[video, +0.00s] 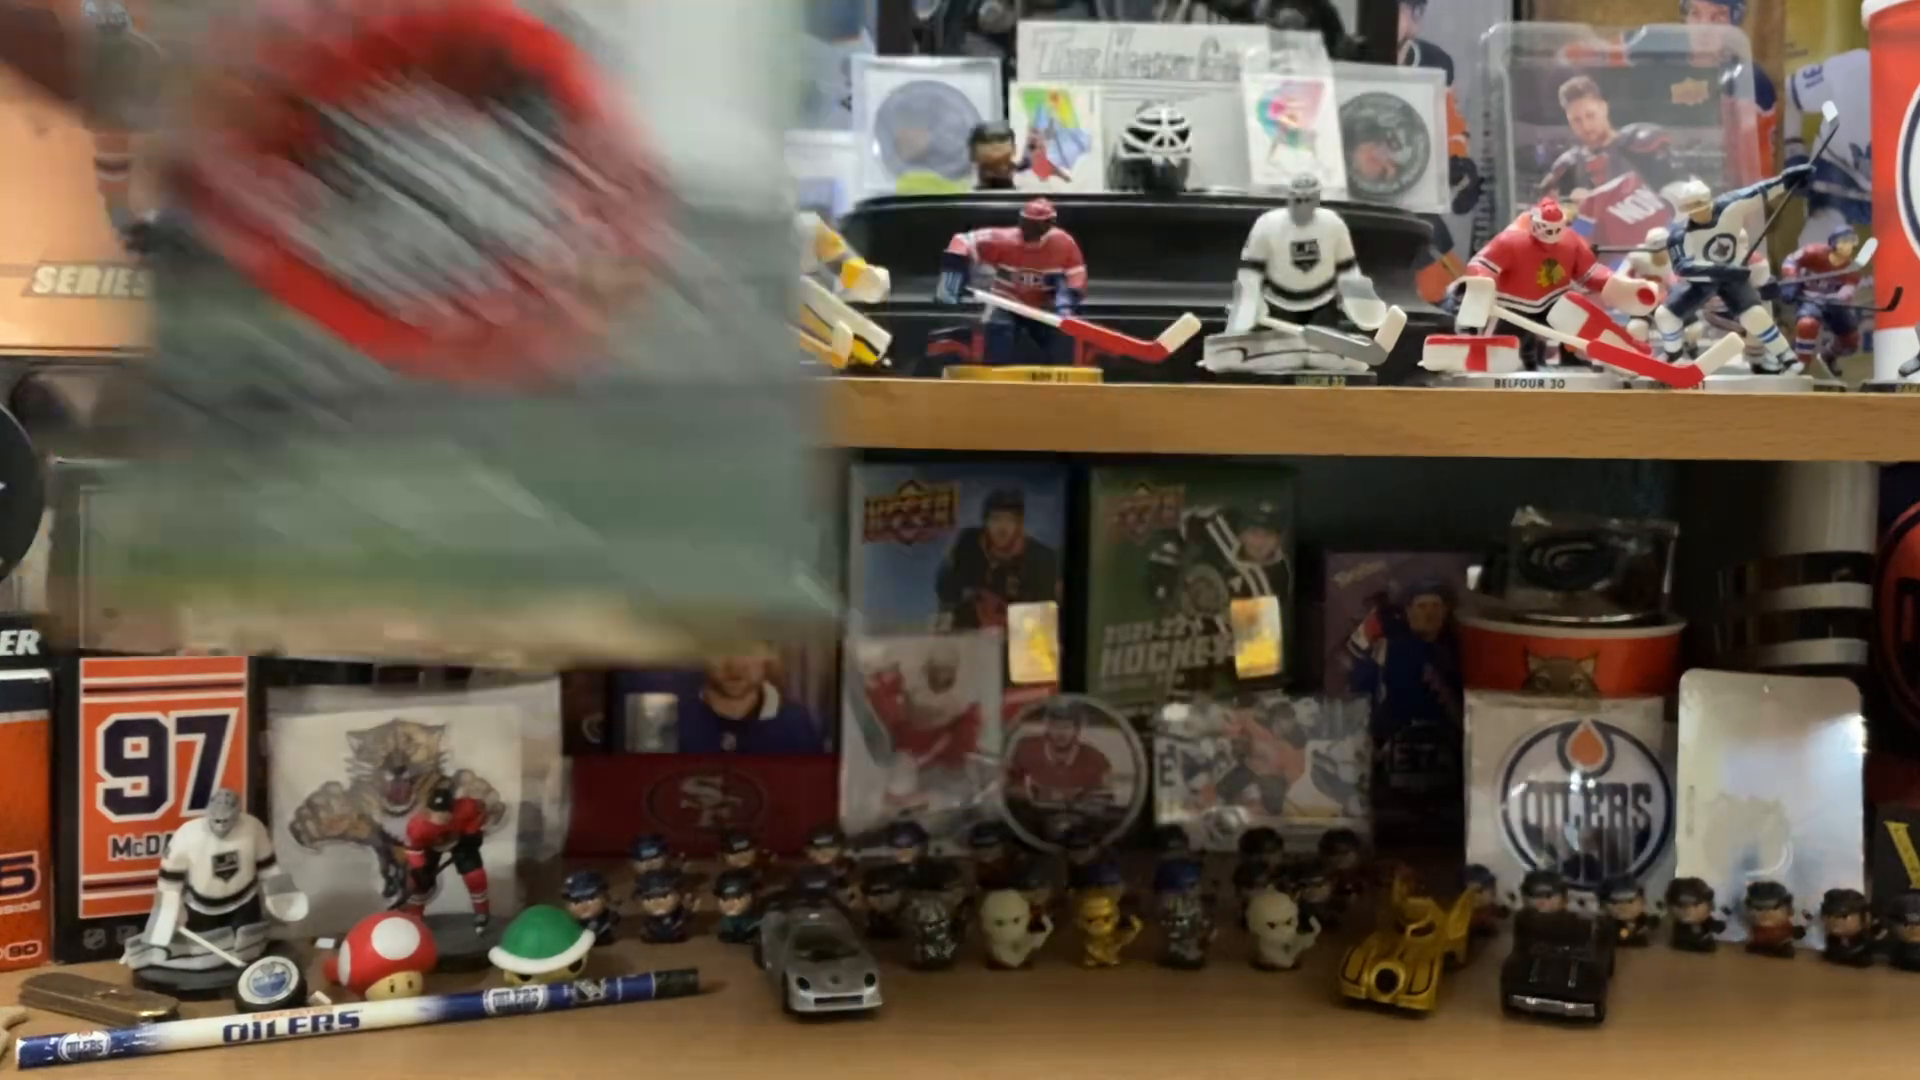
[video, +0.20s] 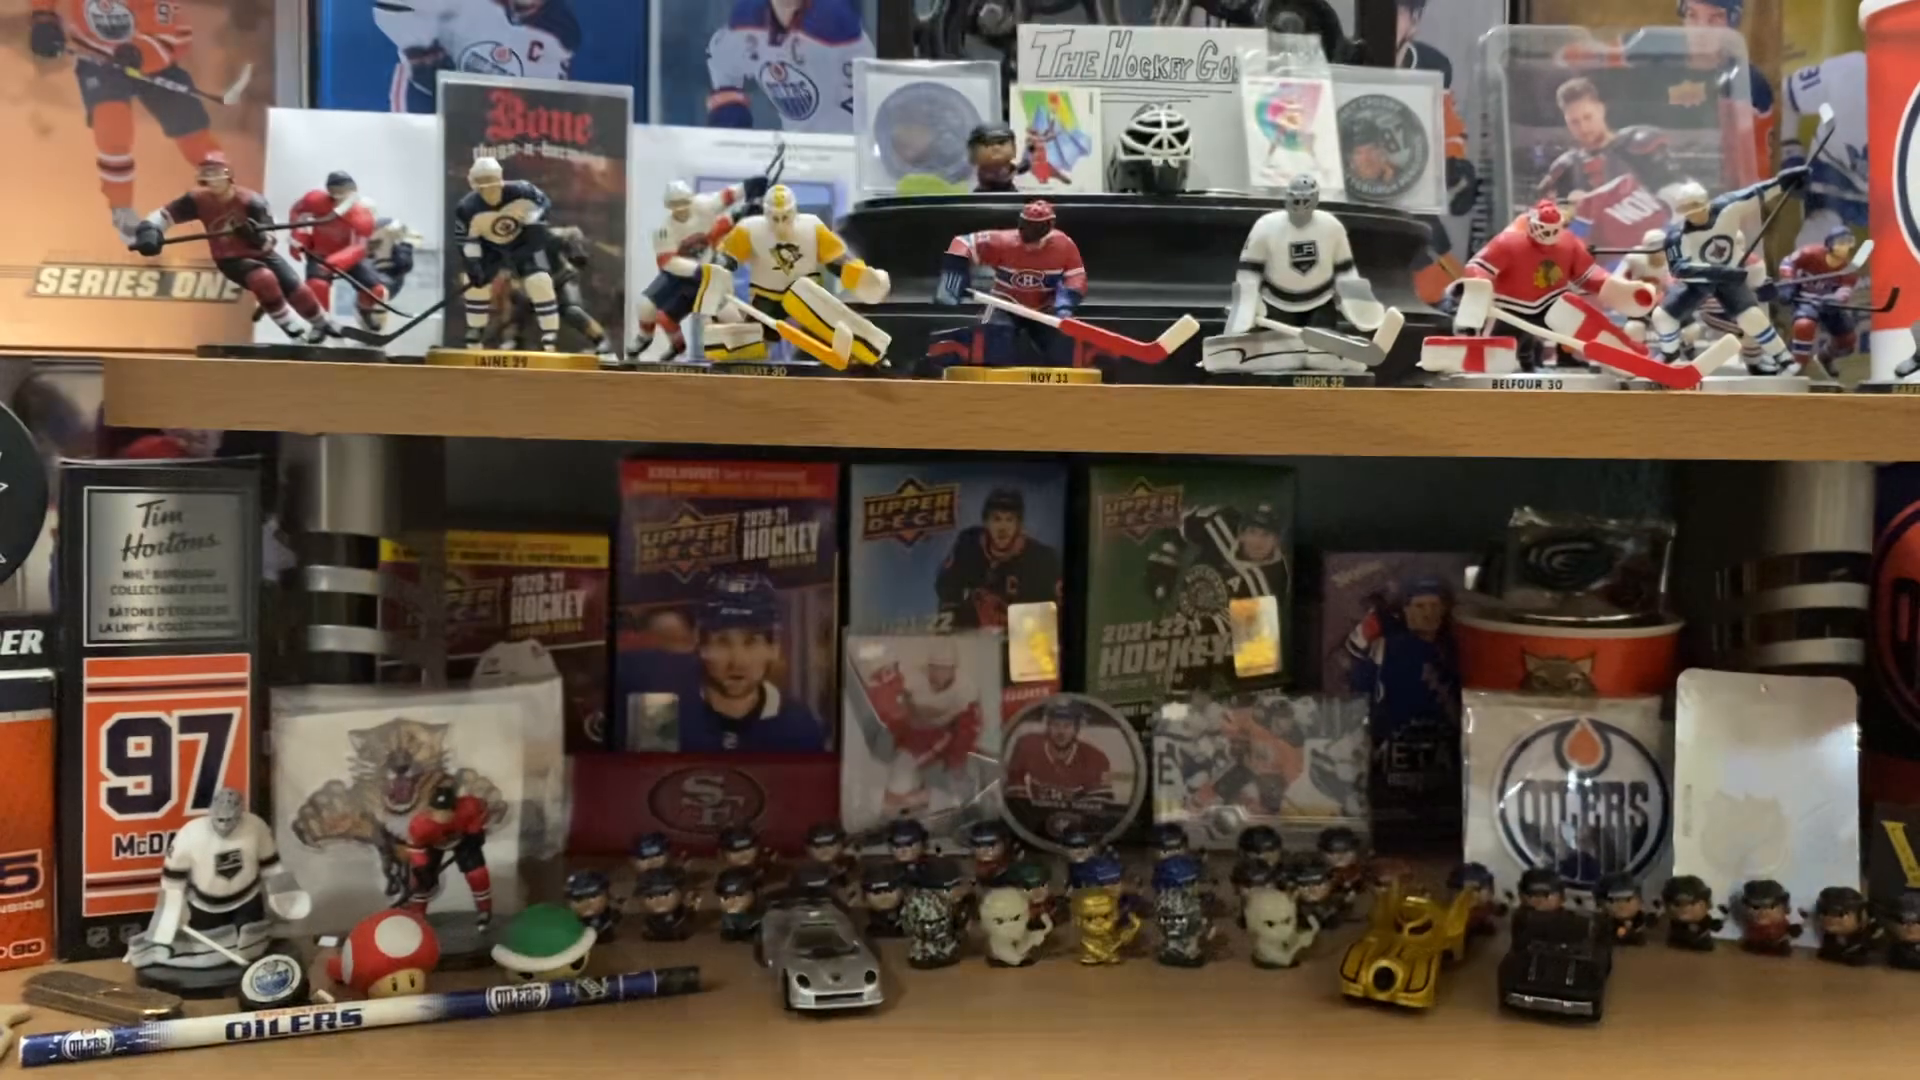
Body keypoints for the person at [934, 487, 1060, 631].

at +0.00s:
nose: (1002, 528)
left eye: (1009, 521)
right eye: (995, 520)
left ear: (1020, 523)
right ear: (986, 522)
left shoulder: (1041, 557)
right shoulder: (968, 543)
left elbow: (1043, 609)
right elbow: (944, 586)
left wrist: (1005, 615)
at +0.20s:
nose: (1003, 527)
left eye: (1009, 520)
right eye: (997, 520)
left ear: (1019, 524)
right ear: (986, 522)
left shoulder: (1042, 557)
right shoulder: (968, 542)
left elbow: (1045, 605)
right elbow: (944, 584)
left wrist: (1008, 614)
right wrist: (974, 599)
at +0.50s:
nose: (1003, 527)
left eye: (1009, 520)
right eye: (996, 520)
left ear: (1019, 524)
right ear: (986, 522)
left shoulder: (1041, 557)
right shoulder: (968, 542)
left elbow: (1045, 605)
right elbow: (944, 581)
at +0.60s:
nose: (1003, 527)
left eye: (1009, 520)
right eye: (996, 520)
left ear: (1019, 524)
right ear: (986, 522)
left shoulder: (1041, 558)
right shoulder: (968, 542)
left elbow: (1045, 605)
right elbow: (944, 582)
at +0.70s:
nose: (1002, 527)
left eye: (1009, 520)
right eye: (996, 520)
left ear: (1019, 524)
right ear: (985, 523)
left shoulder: (1041, 558)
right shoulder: (968, 542)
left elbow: (1046, 605)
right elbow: (944, 581)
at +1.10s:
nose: (1003, 527)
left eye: (1009, 520)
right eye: (996, 520)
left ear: (1019, 524)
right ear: (986, 523)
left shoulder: (1041, 557)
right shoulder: (968, 542)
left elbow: (1047, 604)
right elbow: (944, 580)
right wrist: (949, 607)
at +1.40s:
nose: (1003, 527)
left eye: (1010, 521)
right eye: (996, 520)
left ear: (1019, 524)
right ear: (986, 523)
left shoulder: (1042, 557)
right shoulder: (969, 541)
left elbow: (1048, 604)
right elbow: (945, 577)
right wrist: (949, 606)